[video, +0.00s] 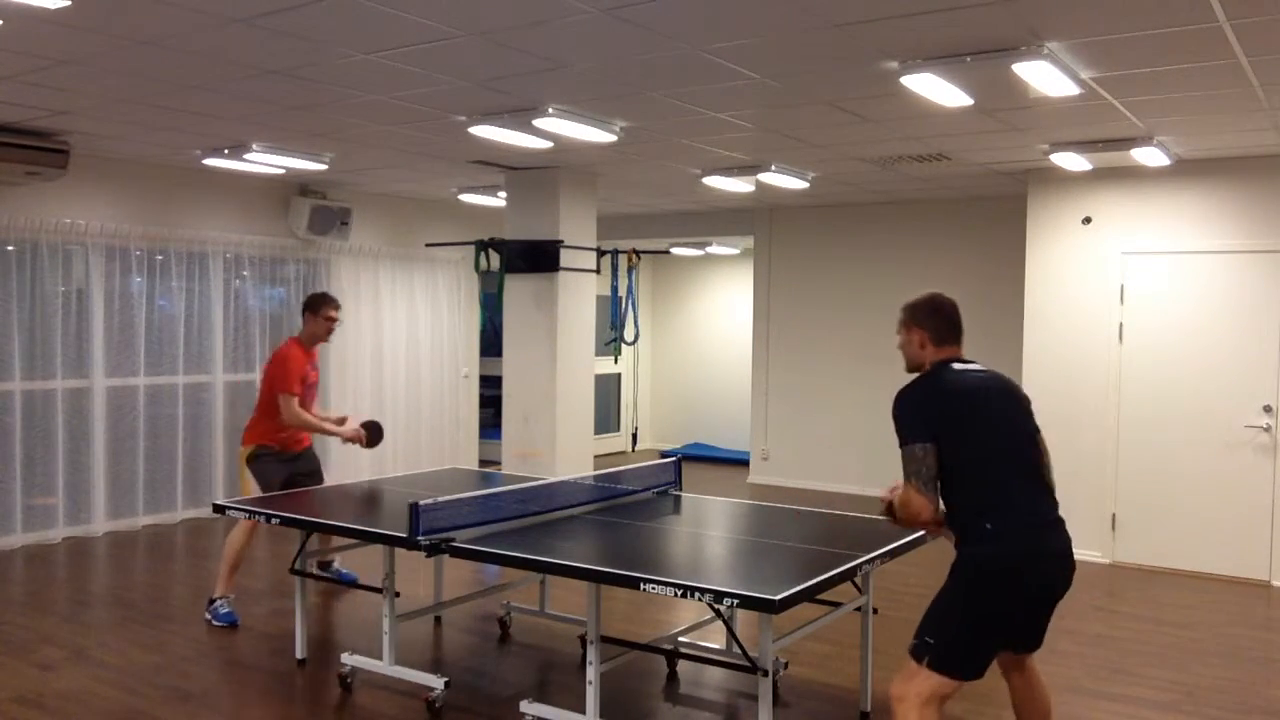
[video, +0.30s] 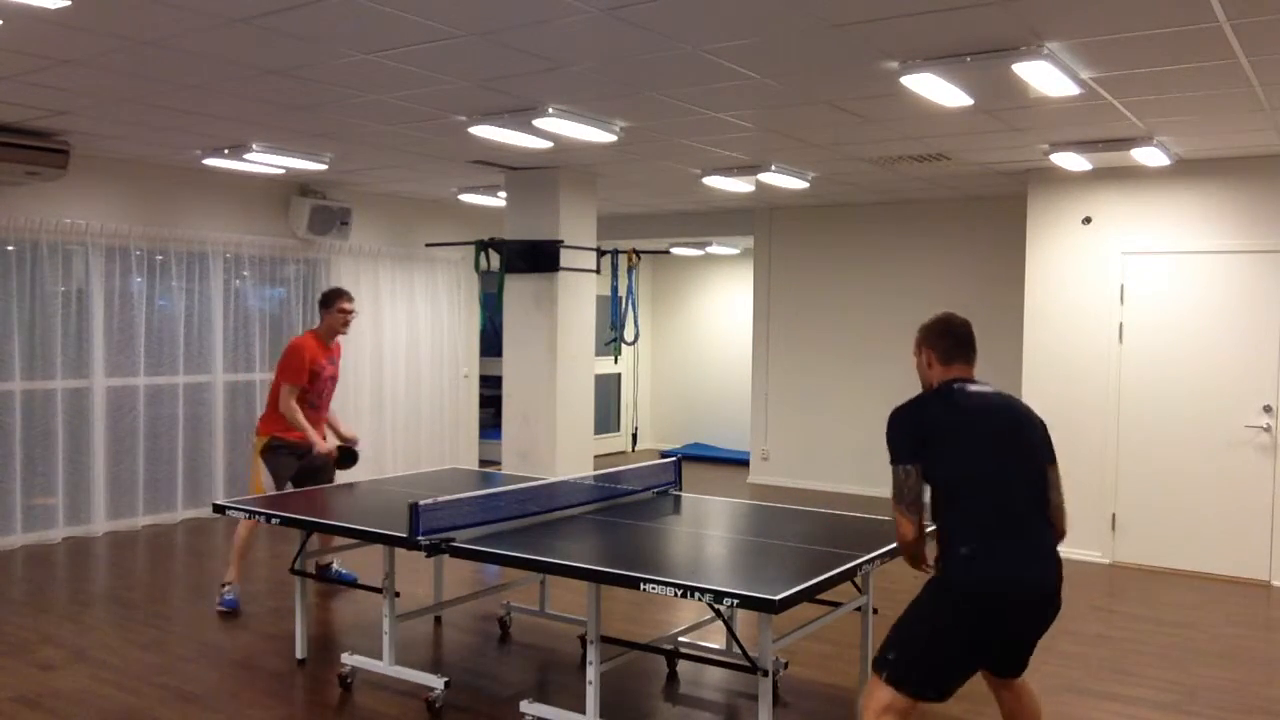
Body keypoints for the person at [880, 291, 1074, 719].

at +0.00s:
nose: (900, 348)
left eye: (902, 339)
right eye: (900, 339)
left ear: (921, 339)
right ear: (957, 338)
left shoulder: (917, 397)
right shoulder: (1005, 386)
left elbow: (920, 511)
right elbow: (1040, 481)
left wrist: (897, 502)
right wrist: (952, 516)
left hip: (993, 561)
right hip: (1053, 554)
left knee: (913, 694)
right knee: (1017, 660)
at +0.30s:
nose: (917, 368)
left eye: (916, 358)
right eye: (918, 358)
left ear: (926, 357)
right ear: (973, 358)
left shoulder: (912, 416)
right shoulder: (1023, 414)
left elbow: (909, 533)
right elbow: (1056, 524)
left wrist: (917, 560)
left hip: (967, 582)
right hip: (1040, 579)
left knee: (883, 705)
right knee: (1005, 674)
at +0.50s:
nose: (928, 412)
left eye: (927, 406)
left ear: (929, 408)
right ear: (979, 398)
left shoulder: (914, 465)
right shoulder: (1035, 442)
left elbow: (934, 546)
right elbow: (1042, 521)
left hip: (962, 613)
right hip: (1047, 607)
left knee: (895, 706)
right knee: (1054, 698)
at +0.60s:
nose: (940, 416)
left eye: (939, 410)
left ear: (942, 410)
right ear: (991, 400)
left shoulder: (930, 463)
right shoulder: (1047, 438)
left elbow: (945, 544)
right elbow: (1073, 531)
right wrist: (1067, 573)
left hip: (980, 606)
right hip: (1063, 602)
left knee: (910, 708)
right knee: (1078, 705)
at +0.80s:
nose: (972, 376)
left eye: (973, 368)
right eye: (975, 368)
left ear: (976, 368)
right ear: (1025, 364)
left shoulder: (964, 426)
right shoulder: (1085, 405)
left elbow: (982, 536)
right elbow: (1132, 507)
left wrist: (1006, 593)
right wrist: (1087, 545)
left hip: (1032, 578)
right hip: (1112, 571)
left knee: (971, 703)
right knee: (1090, 681)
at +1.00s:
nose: (997, 332)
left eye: (998, 322)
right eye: (996, 322)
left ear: (1012, 321)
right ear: (1052, 320)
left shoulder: (994, 380)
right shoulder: (1099, 374)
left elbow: (999, 484)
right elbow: (1148, 473)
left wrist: (989, 584)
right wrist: (1085, 514)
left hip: (1062, 551)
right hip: (1131, 547)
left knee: (1008, 695)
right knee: (1098, 678)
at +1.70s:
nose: (1016, 354)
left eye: (1016, 344)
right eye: (1016, 345)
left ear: (1025, 340)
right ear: (1068, 345)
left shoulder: (1013, 396)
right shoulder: (1104, 399)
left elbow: (995, 499)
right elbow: (1098, 497)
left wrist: (972, 537)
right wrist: (1025, 523)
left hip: (1071, 557)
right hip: (1127, 555)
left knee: (1019, 696)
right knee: (1059, 651)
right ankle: (1066, 712)